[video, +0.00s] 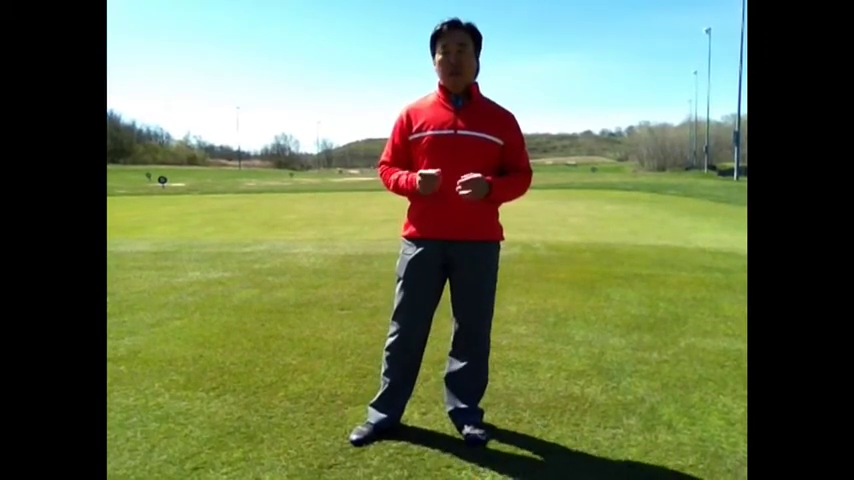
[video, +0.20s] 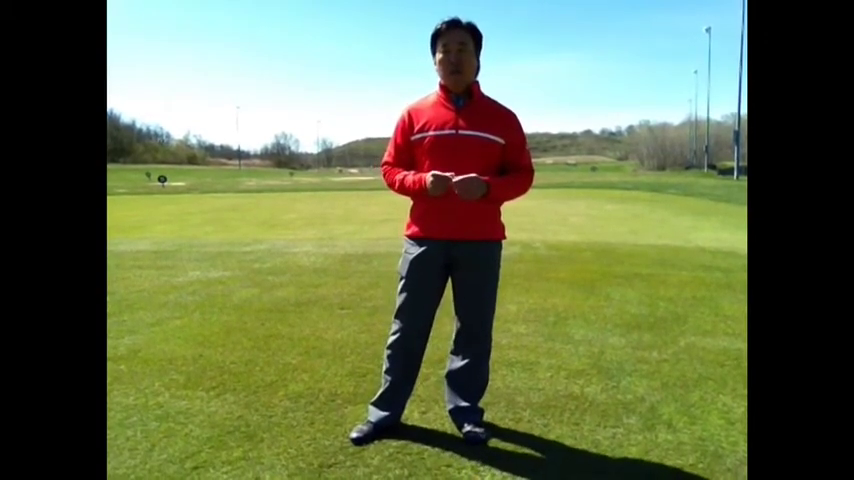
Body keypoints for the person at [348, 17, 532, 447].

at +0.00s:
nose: (452, 58)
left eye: (462, 50)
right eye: (444, 51)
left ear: (477, 57)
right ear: (433, 59)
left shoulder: (501, 120)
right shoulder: (413, 115)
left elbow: (522, 176)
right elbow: (387, 169)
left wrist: (491, 187)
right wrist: (411, 181)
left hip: (478, 245)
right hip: (422, 241)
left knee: (473, 334)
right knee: (405, 330)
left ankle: (468, 415)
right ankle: (384, 414)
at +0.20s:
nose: (453, 58)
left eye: (462, 50)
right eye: (445, 50)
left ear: (478, 57)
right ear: (434, 59)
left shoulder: (503, 119)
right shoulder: (414, 115)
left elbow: (523, 175)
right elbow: (390, 170)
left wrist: (488, 187)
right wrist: (422, 181)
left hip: (480, 244)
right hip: (424, 241)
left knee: (475, 333)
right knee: (406, 329)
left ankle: (467, 413)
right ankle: (384, 413)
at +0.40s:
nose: (454, 58)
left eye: (463, 49)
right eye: (445, 50)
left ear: (478, 57)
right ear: (434, 59)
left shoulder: (503, 119)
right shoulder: (415, 115)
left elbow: (524, 175)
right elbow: (390, 170)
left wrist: (488, 187)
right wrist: (424, 182)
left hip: (482, 243)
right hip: (426, 240)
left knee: (476, 332)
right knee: (407, 328)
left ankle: (468, 413)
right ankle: (384, 413)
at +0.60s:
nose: (453, 59)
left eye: (462, 50)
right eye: (444, 52)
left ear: (477, 58)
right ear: (433, 61)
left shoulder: (503, 119)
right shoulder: (415, 116)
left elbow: (524, 175)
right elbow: (390, 171)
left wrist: (488, 187)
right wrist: (423, 183)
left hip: (482, 243)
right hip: (427, 241)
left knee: (476, 332)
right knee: (408, 329)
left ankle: (468, 413)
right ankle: (384, 414)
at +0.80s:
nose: (453, 59)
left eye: (462, 51)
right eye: (444, 52)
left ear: (477, 58)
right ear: (433, 61)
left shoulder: (503, 119)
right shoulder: (414, 117)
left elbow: (525, 175)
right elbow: (390, 172)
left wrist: (489, 188)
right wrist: (423, 184)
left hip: (482, 243)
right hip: (427, 241)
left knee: (476, 333)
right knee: (408, 329)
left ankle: (467, 413)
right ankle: (383, 414)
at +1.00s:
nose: (454, 60)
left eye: (463, 52)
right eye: (445, 53)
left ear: (478, 58)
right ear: (434, 61)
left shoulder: (503, 119)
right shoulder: (415, 116)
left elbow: (525, 175)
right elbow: (390, 171)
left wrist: (489, 187)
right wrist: (423, 183)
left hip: (482, 243)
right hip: (427, 241)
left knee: (476, 333)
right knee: (408, 329)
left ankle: (467, 413)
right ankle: (384, 414)